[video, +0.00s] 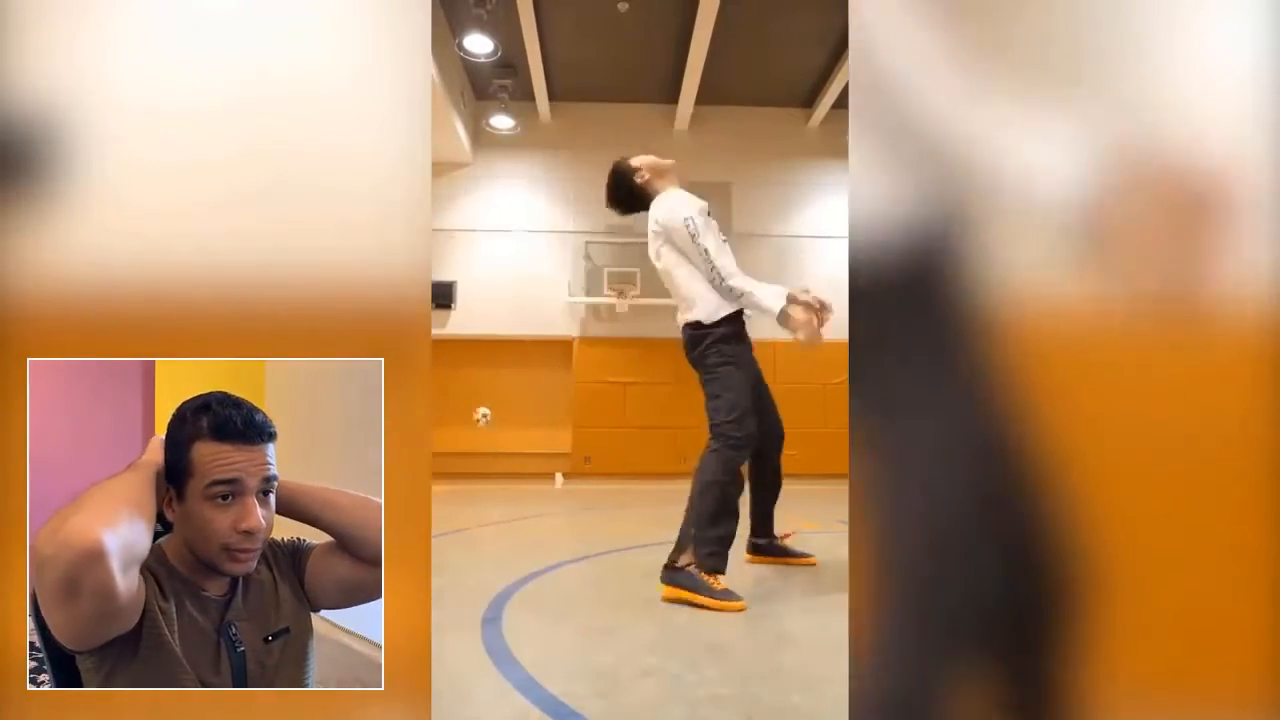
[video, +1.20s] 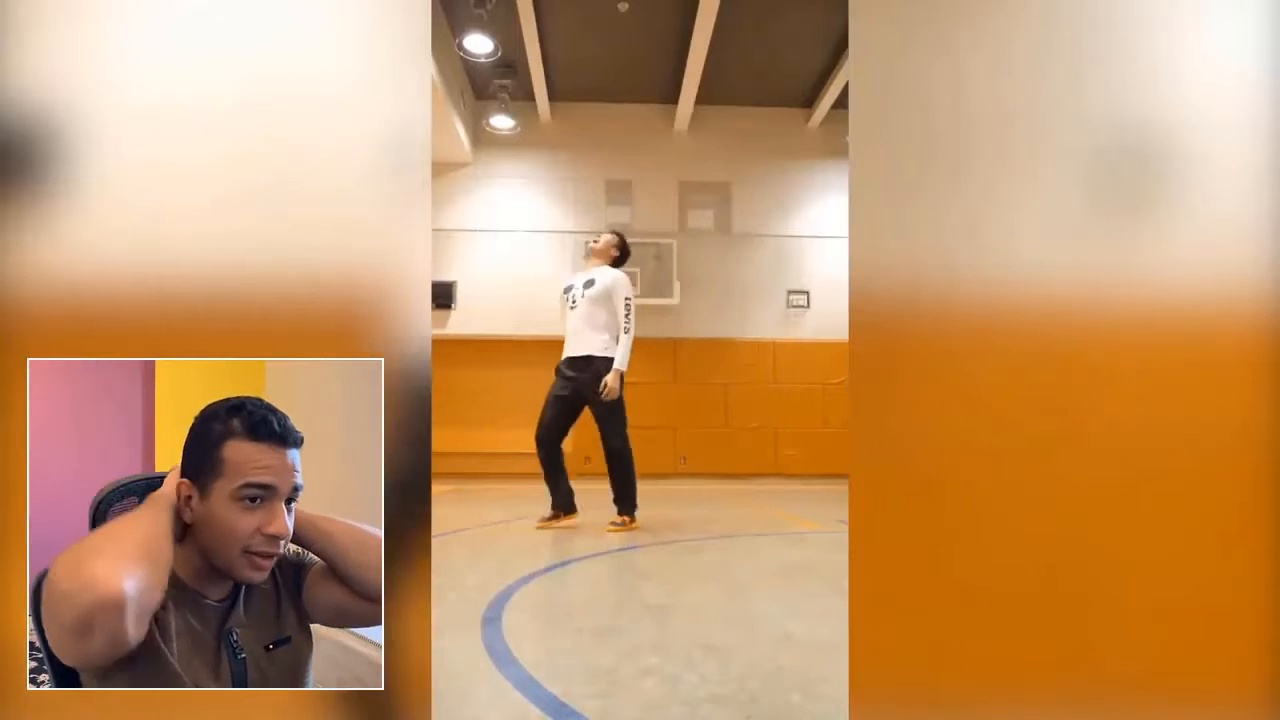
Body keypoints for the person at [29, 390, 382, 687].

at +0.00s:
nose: (254, 523)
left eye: (264, 493)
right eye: (223, 497)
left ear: (270, 492)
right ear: (170, 503)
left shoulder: (285, 573)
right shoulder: (121, 602)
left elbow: (398, 550)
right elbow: (80, 549)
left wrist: (265, 490)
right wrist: (148, 471)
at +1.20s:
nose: (279, 529)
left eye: (290, 501)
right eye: (254, 500)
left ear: (295, 502)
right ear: (189, 500)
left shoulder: (285, 581)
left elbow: (396, 584)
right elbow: (107, 596)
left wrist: (284, 514)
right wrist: (163, 501)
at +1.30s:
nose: (273, 528)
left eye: (284, 501)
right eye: (244, 498)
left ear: (290, 501)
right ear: (184, 497)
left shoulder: (281, 578)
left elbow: (396, 605)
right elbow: (140, 628)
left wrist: (282, 520)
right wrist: (164, 507)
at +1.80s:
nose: (284, 537)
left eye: (295, 508)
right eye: (254, 507)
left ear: (301, 505)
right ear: (193, 504)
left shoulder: (281, 586)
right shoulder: (99, 601)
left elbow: (392, 642)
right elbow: (178, 667)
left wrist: (290, 530)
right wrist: (174, 522)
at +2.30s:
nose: (289, 534)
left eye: (299, 506)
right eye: (259, 506)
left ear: (307, 502)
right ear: (195, 507)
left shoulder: (284, 596)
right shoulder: (107, 607)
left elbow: (383, 679)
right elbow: (164, 711)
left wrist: (292, 562)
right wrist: (195, 570)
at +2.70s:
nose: (279, 528)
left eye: (290, 501)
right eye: (248, 501)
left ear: (298, 501)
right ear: (189, 505)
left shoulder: (300, 592)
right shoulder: (105, 612)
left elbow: (381, 693)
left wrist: (291, 610)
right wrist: (213, 613)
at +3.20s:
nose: (272, 519)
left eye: (283, 493)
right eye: (240, 493)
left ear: (293, 497)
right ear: (183, 502)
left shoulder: (299, 595)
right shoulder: (103, 619)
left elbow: (383, 695)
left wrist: (300, 653)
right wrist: (232, 661)